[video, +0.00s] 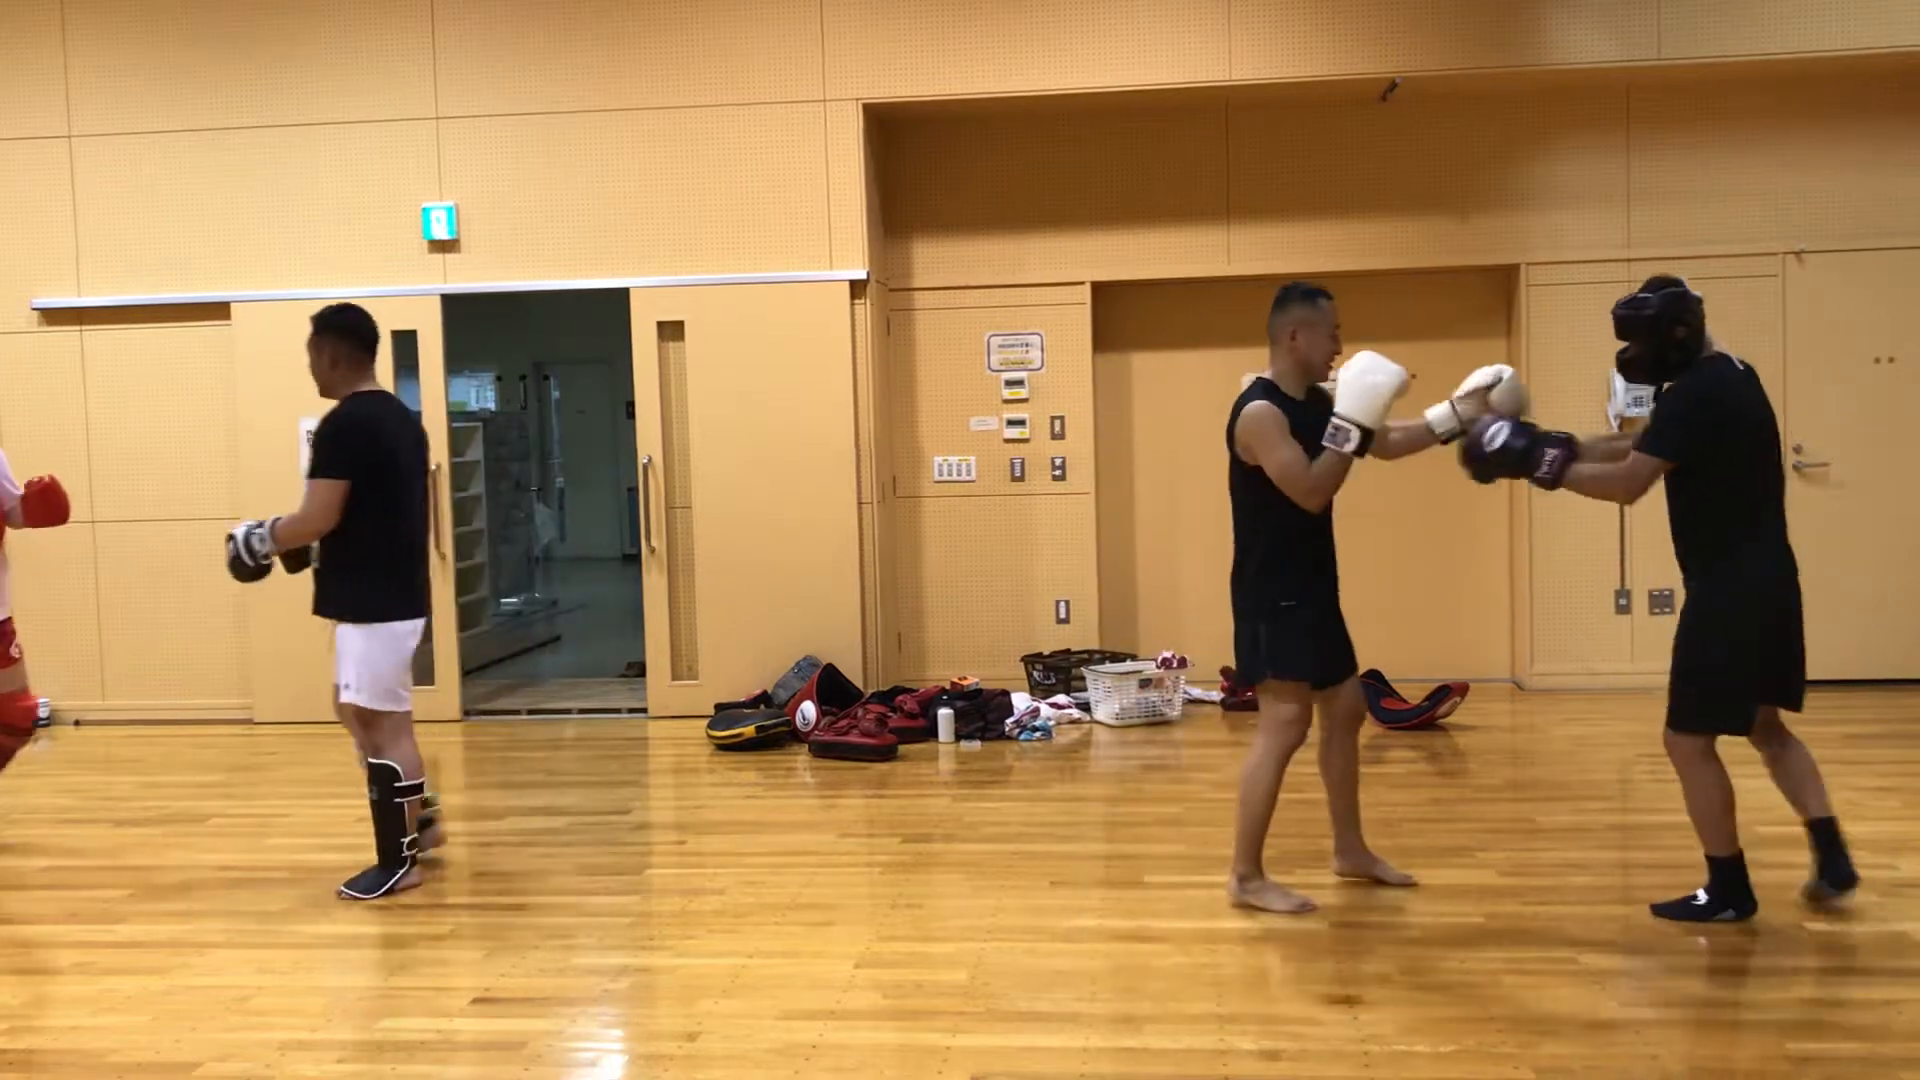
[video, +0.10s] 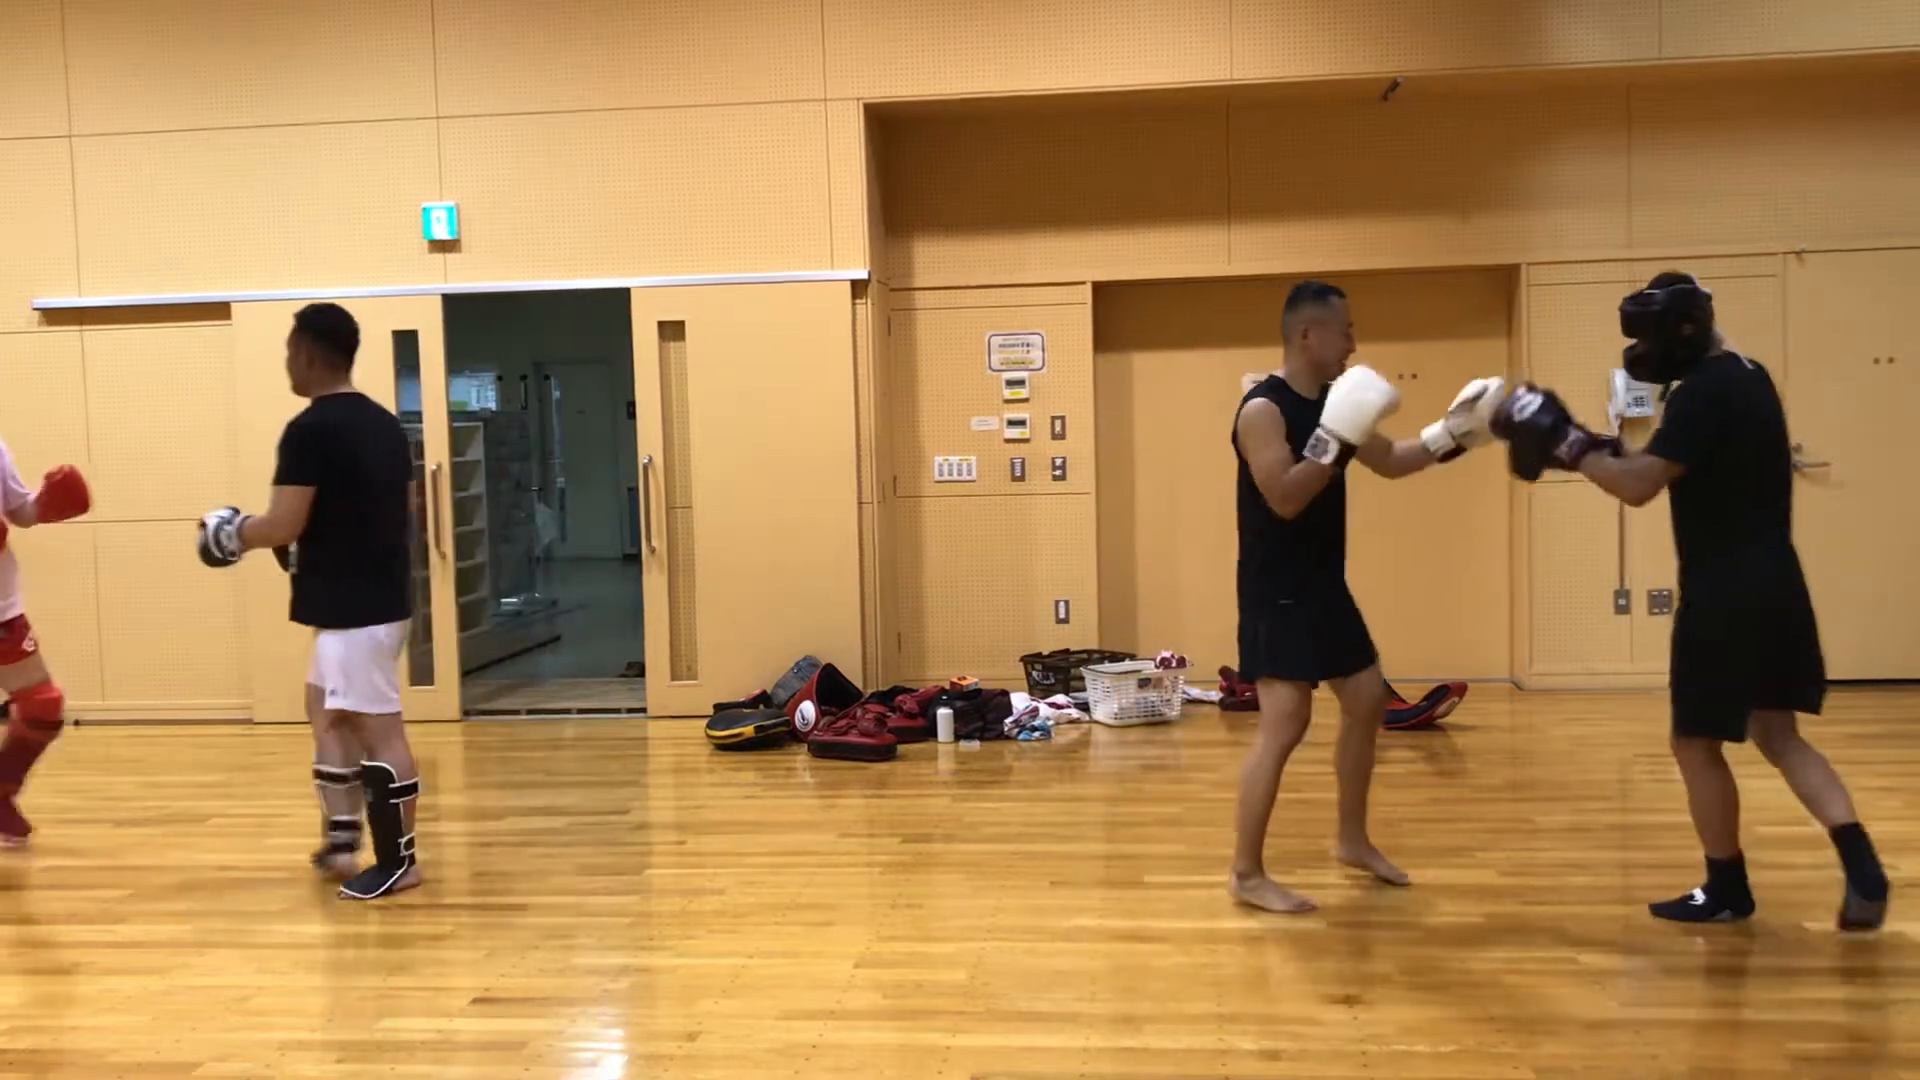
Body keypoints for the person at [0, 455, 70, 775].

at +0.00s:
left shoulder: (1, 459)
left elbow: (10, 507)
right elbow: (12, 506)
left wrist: (35, 507)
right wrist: (31, 507)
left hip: (1, 616)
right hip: (0, 617)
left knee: (16, 719)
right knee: (14, 720)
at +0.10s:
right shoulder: (1, 456)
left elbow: (19, 509)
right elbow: (20, 509)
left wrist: (48, 501)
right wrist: (43, 500)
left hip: (3, 606)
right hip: (3, 609)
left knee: (40, 710)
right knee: (39, 710)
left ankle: (4, 795)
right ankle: (4, 796)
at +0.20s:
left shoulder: (2, 450)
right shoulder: (4, 452)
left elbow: (29, 508)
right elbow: (31, 507)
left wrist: (60, 495)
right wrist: (56, 496)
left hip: (7, 609)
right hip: (7, 611)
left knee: (53, 709)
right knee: (51, 709)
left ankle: (33, 809)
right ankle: (33, 808)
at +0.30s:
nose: (0, 393)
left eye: (0, 386)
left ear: (3, 392)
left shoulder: (10, 446)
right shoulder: (13, 445)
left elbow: (55, 505)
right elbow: (55, 504)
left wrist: (89, 478)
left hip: (16, 612)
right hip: (7, 616)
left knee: (59, 713)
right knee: (58, 715)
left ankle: (90, 819)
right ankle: (89, 819)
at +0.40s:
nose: (9, 396)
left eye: (14, 387)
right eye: (1, 387)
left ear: (24, 391)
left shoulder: (34, 449)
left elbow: (85, 504)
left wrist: (109, 468)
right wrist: (4, 450)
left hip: (28, 611)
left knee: (75, 720)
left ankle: (107, 823)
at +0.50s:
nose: (36, 396)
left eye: (44, 386)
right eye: (25, 386)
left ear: (51, 391)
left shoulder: (62, 449)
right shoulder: (3, 449)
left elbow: (118, 499)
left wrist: (134, 453)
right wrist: (4, 442)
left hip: (48, 606)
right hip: (3, 609)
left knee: (88, 718)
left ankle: (110, 826)